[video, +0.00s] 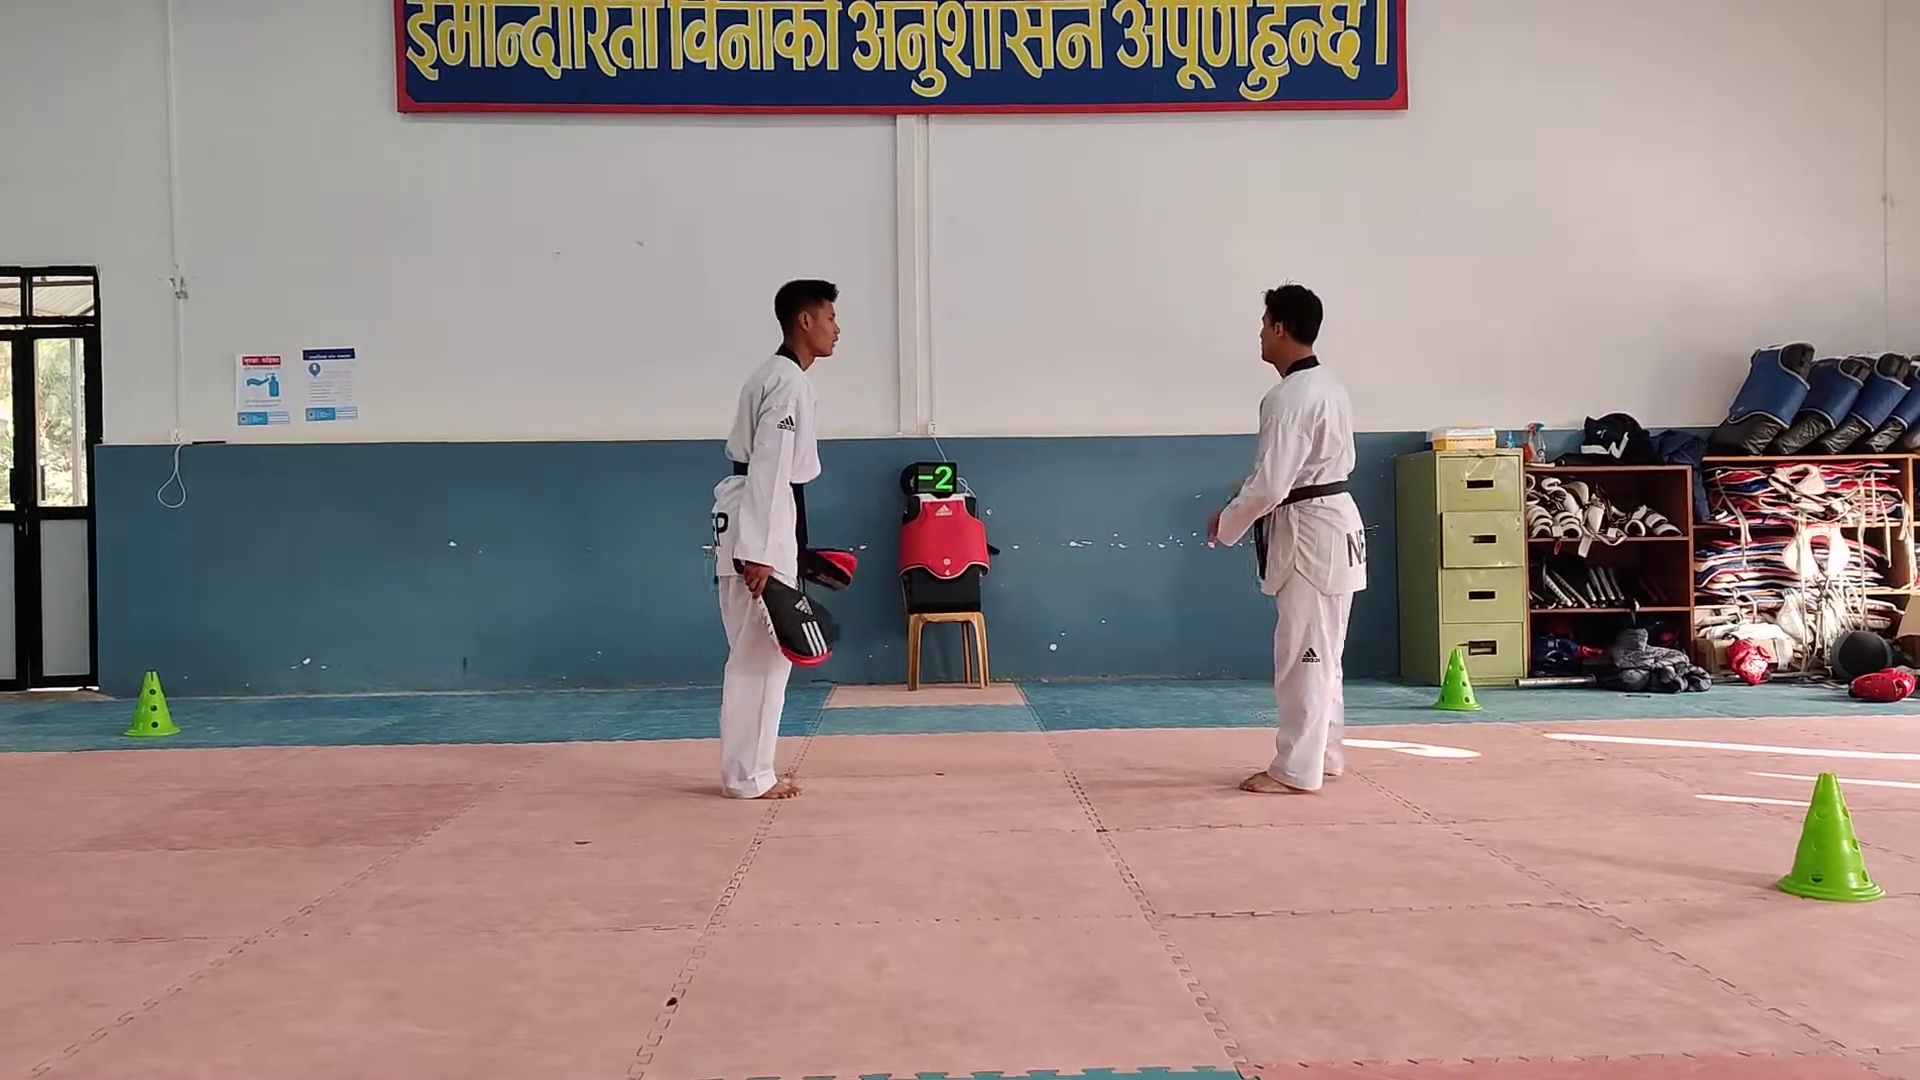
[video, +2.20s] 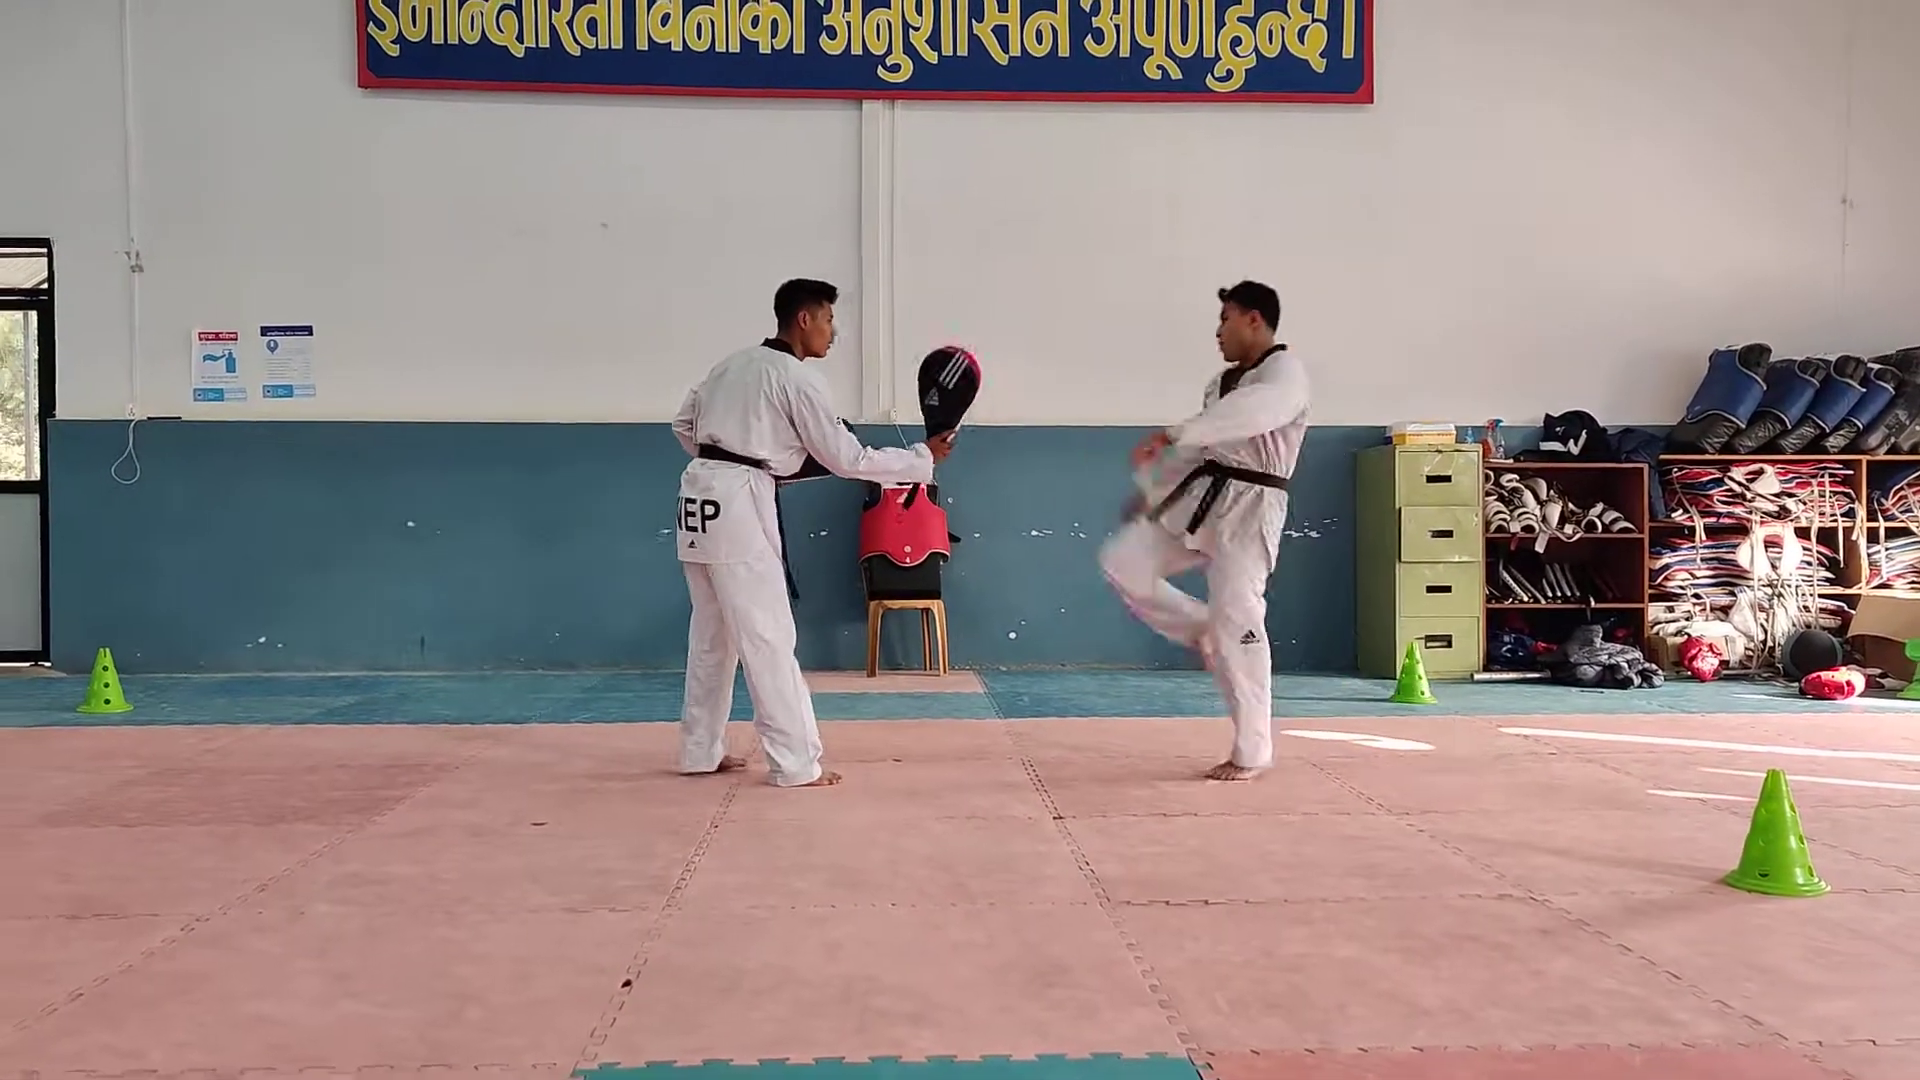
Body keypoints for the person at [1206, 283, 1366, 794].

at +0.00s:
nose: (1260, 333)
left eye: (1266, 324)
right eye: (1263, 323)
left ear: (1284, 330)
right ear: (1307, 333)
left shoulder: (1287, 397)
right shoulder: (1331, 388)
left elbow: (1271, 484)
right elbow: (1326, 466)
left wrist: (1227, 521)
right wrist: (1254, 496)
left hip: (1308, 529)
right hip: (1342, 523)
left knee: (1302, 650)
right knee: (1325, 648)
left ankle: (1296, 769)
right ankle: (1327, 753)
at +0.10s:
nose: (1270, 333)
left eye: (1276, 324)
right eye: (1273, 323)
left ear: (1295, 330)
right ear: (1316, 333)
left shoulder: (1296, 396)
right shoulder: (1341, 387)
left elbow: (1277, 483)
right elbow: (1330, 465)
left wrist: (1236, 515)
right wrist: (1266, 477)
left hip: (1315, 528)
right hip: (1351, 522)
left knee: (1307, 651)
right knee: (1341, 648)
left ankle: (1295, 770)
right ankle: (1370, 754)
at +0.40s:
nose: (1317, 336)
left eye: (1322, 327)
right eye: (1320, 327)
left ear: (1339, 333)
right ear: (1364, 337)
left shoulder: (1338, 394)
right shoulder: (1385, 390)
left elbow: (1333, 475)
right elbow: (1381, 466)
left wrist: (1290, 514)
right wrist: (1314, 470)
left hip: (1350, 527)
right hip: (1392, 524)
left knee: (1319, 647)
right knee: (1407, 643)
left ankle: (1292, 764)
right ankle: (1444, 751)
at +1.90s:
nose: (1274, 343)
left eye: (1283, 334)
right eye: (1276, 334)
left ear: (1313, 343)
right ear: (1310, 345)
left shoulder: (1320, 393)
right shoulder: (1312, 396)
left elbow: (1348, 463)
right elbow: (1320, 472)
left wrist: (1277, 494)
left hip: (1328, 527)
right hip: (1350, 527)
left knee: (1269, 631)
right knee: (1387, 641)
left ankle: (1258, 752)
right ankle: (1435, 741)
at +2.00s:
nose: (1258, 362)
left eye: (1267, 354)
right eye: (1261, 353)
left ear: (1297, 363)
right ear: (1291, 364)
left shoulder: (1313, 411)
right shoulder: (1272, 426)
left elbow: (1351, 451)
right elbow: (1242, 476)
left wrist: (1287, 419)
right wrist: (1188, 456)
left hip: (1308, 545)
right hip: (1325, 545)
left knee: (1236, 642)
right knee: (1382, 654)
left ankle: (1244, 759)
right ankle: (1439, 752)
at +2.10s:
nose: (1243, 342)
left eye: (1251, 334)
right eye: (1245, 333)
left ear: (1278, 342)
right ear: (1271, 339)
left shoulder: (1292, 391)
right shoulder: (1232, 397)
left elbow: (1318, 413)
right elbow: (1180, 429)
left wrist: (1264, 372)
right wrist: (1156, 393)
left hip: (1275, 528)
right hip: (1251, 531)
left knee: (1231, 641)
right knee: (1296, 647)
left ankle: (1253, 759)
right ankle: (1383, 701)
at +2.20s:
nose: (1217, 330)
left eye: (1225, 319)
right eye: (1219, 320)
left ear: (1255, 321)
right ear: (1249, 322)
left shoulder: (1286, 372)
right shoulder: (1220, 385)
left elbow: (1248, 417)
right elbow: (1192, 453)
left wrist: (1176, 437)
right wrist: (1149, 499)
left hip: (1250, 507)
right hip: (1198, 500)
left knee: (1237, 623)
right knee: (1122, 563)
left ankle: (1251, 752)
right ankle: (1205, 631)